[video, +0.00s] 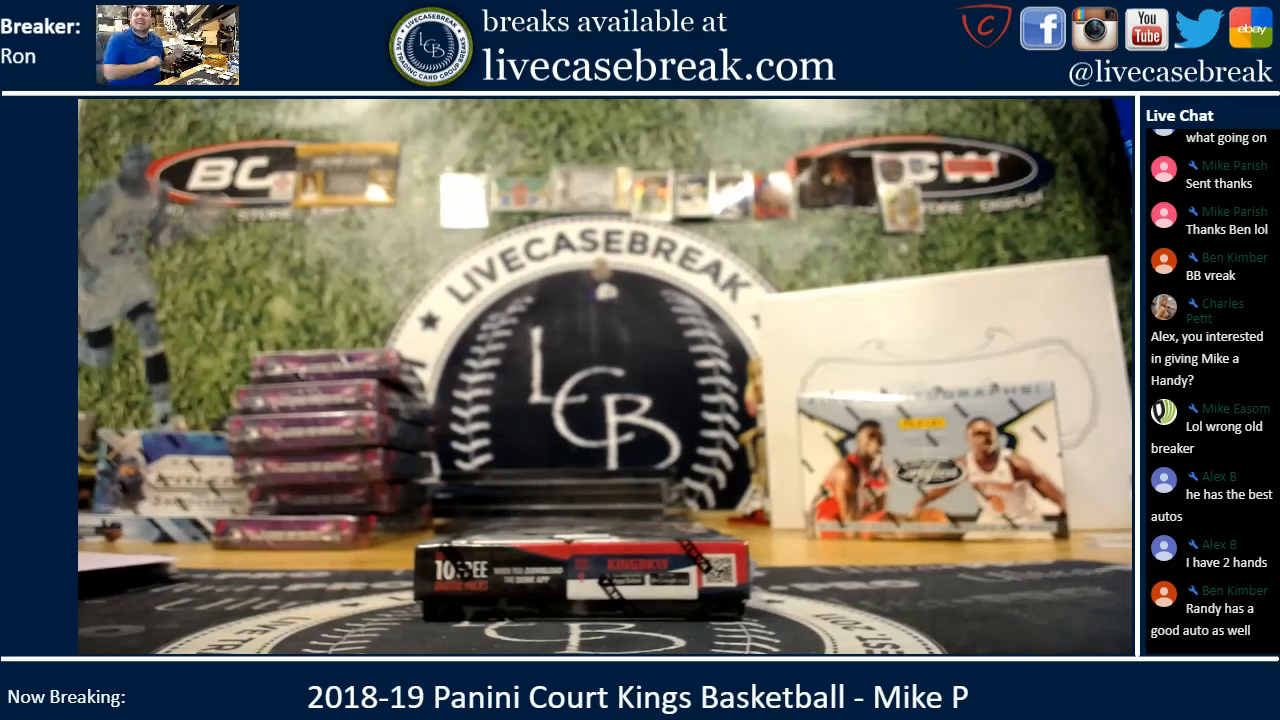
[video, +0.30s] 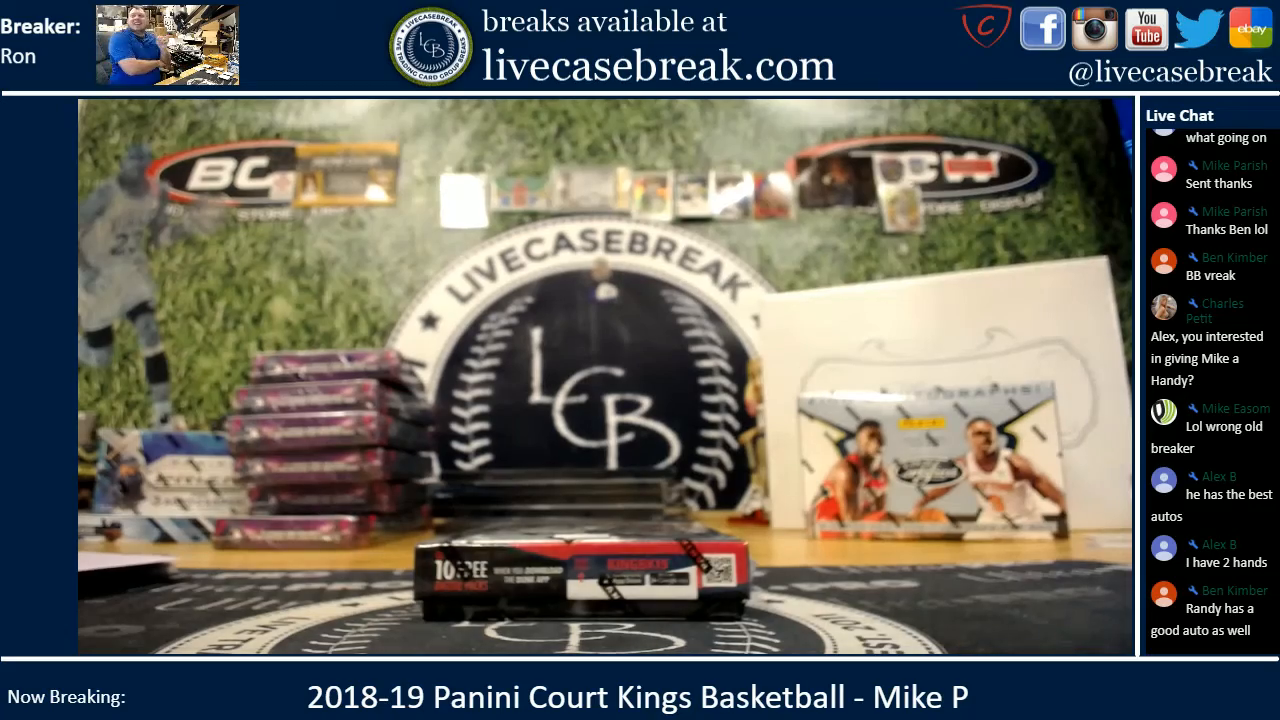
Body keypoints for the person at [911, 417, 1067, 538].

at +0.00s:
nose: (986, 438)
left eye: (989, 434)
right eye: (979, 434)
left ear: (995, 437)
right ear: (969, 438)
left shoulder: (1013, 462)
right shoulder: (964, 464)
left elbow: (1038, 481)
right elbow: (946, 485)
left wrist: (1063, 503)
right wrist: (923, 501)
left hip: (1026, 517)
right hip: (991, 519)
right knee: (971, 548)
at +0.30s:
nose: (986, 439)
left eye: (989, 434)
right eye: (979, 434)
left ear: (995, 437)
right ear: (968, 438)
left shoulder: (1013, 461)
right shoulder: (964, 464)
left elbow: (1038, 482)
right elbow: (946, 485)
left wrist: (1063, 503)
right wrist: (923, 501)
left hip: (1026, 518)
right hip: (991, 519)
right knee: (971, 547)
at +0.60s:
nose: (986, 438)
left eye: (989, 434)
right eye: (979, 434)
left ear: (995, 437)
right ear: (969, 439)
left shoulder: (1013, 461)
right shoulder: (964, 464)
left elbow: (1038, 482)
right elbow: (946, 485)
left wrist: (1063, 504)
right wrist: (923, 501)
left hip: (1026, 518)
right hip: (991, 520)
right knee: (971, 548)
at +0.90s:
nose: (986, 438)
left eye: (989, 433)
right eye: (979, 434)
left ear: (996, 436)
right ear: (969, 438)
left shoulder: (1013, 462)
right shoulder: (964, 465)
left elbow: (1038, 481)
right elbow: (946, 485)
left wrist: (1062, 503)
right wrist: (923, 501)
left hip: (1026, 518)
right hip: (991, 520)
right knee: (970, 546)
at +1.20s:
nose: (986, 438)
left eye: (989, 433)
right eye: (979, 434)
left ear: (995, 436)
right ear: (969, 438)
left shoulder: (1014, 462)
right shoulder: (964, 464)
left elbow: (1038, 481)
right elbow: (946, 485)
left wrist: (1062, 502)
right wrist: (923, 501)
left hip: (1026, 519)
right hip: (990, 520)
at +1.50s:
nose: (985, 438)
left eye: (988, 434)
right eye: (979, 434)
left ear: (995, 437)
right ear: (969, 439)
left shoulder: (1014, 463)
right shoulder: (964, 464)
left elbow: (1039, 482)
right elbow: (945, 485)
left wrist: (1063, 503)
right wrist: (922, 502)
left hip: (1025, 519)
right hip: (990, 520)